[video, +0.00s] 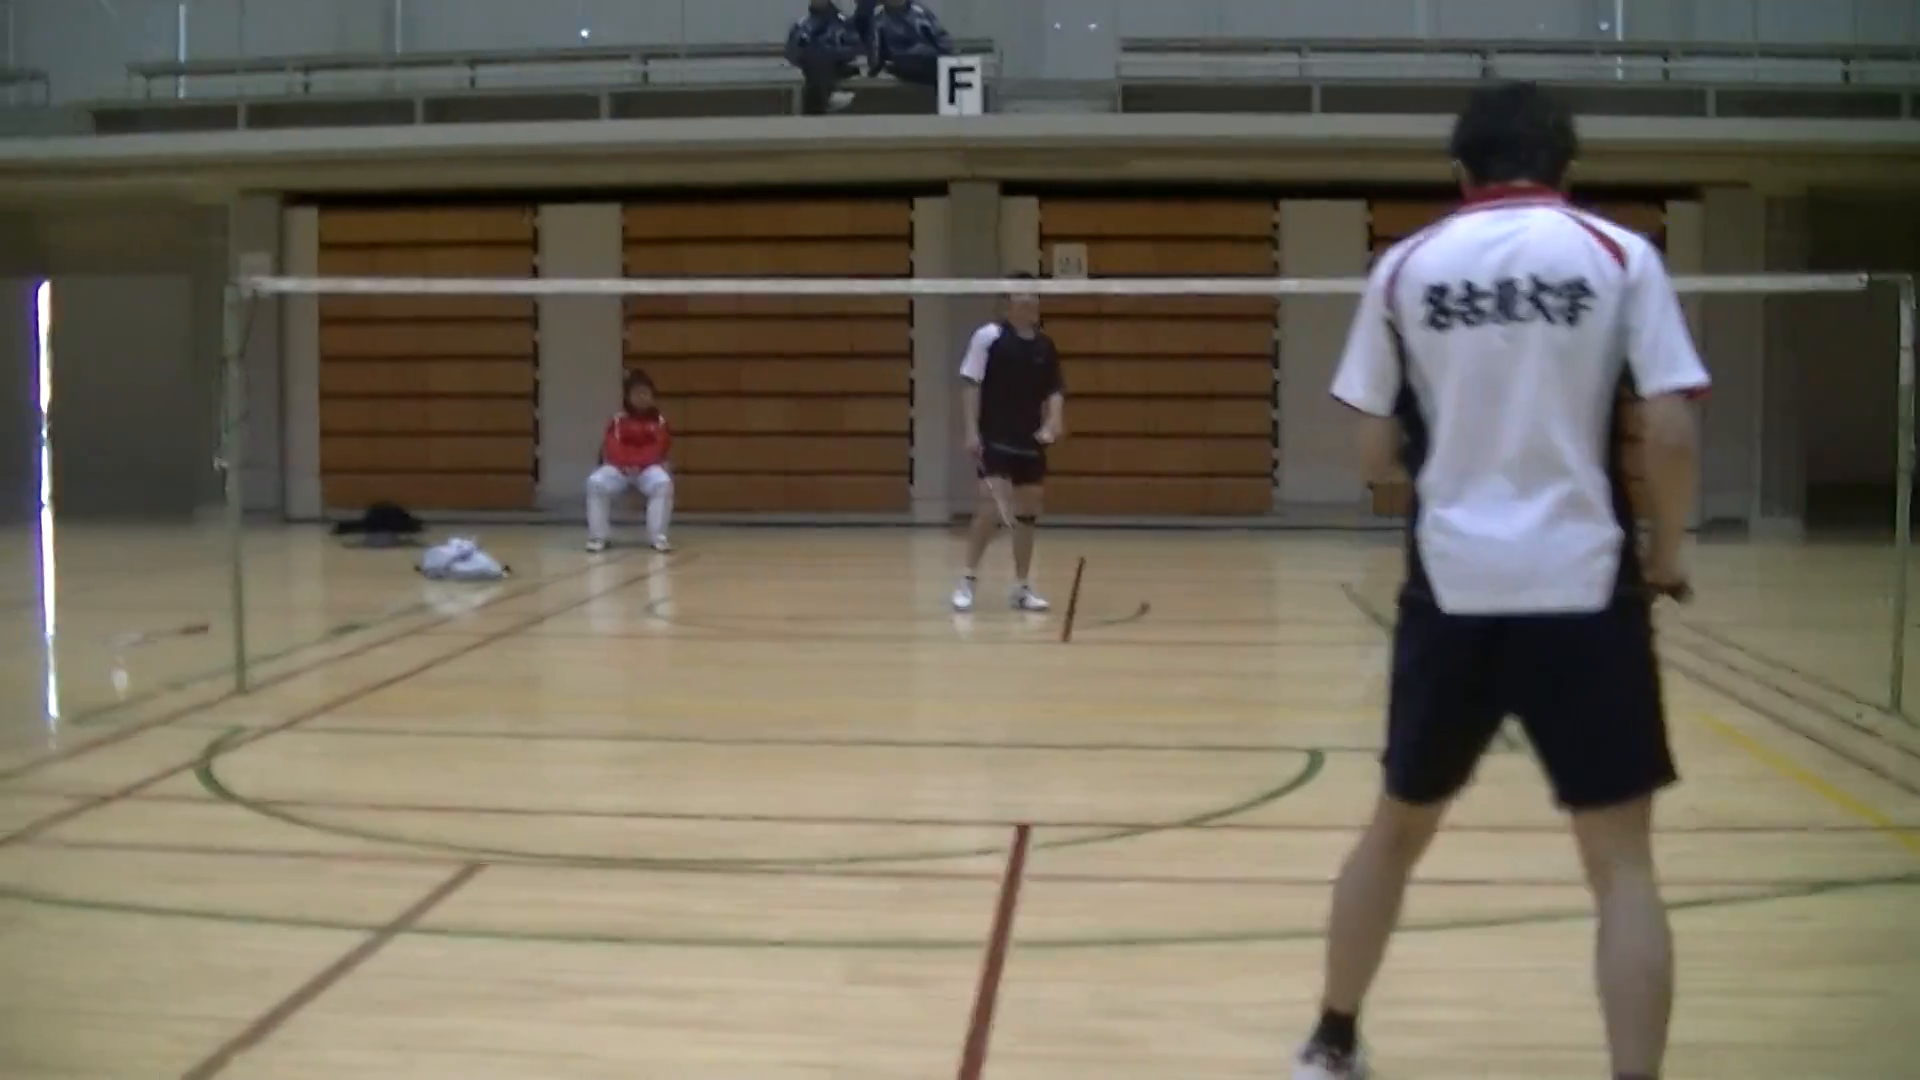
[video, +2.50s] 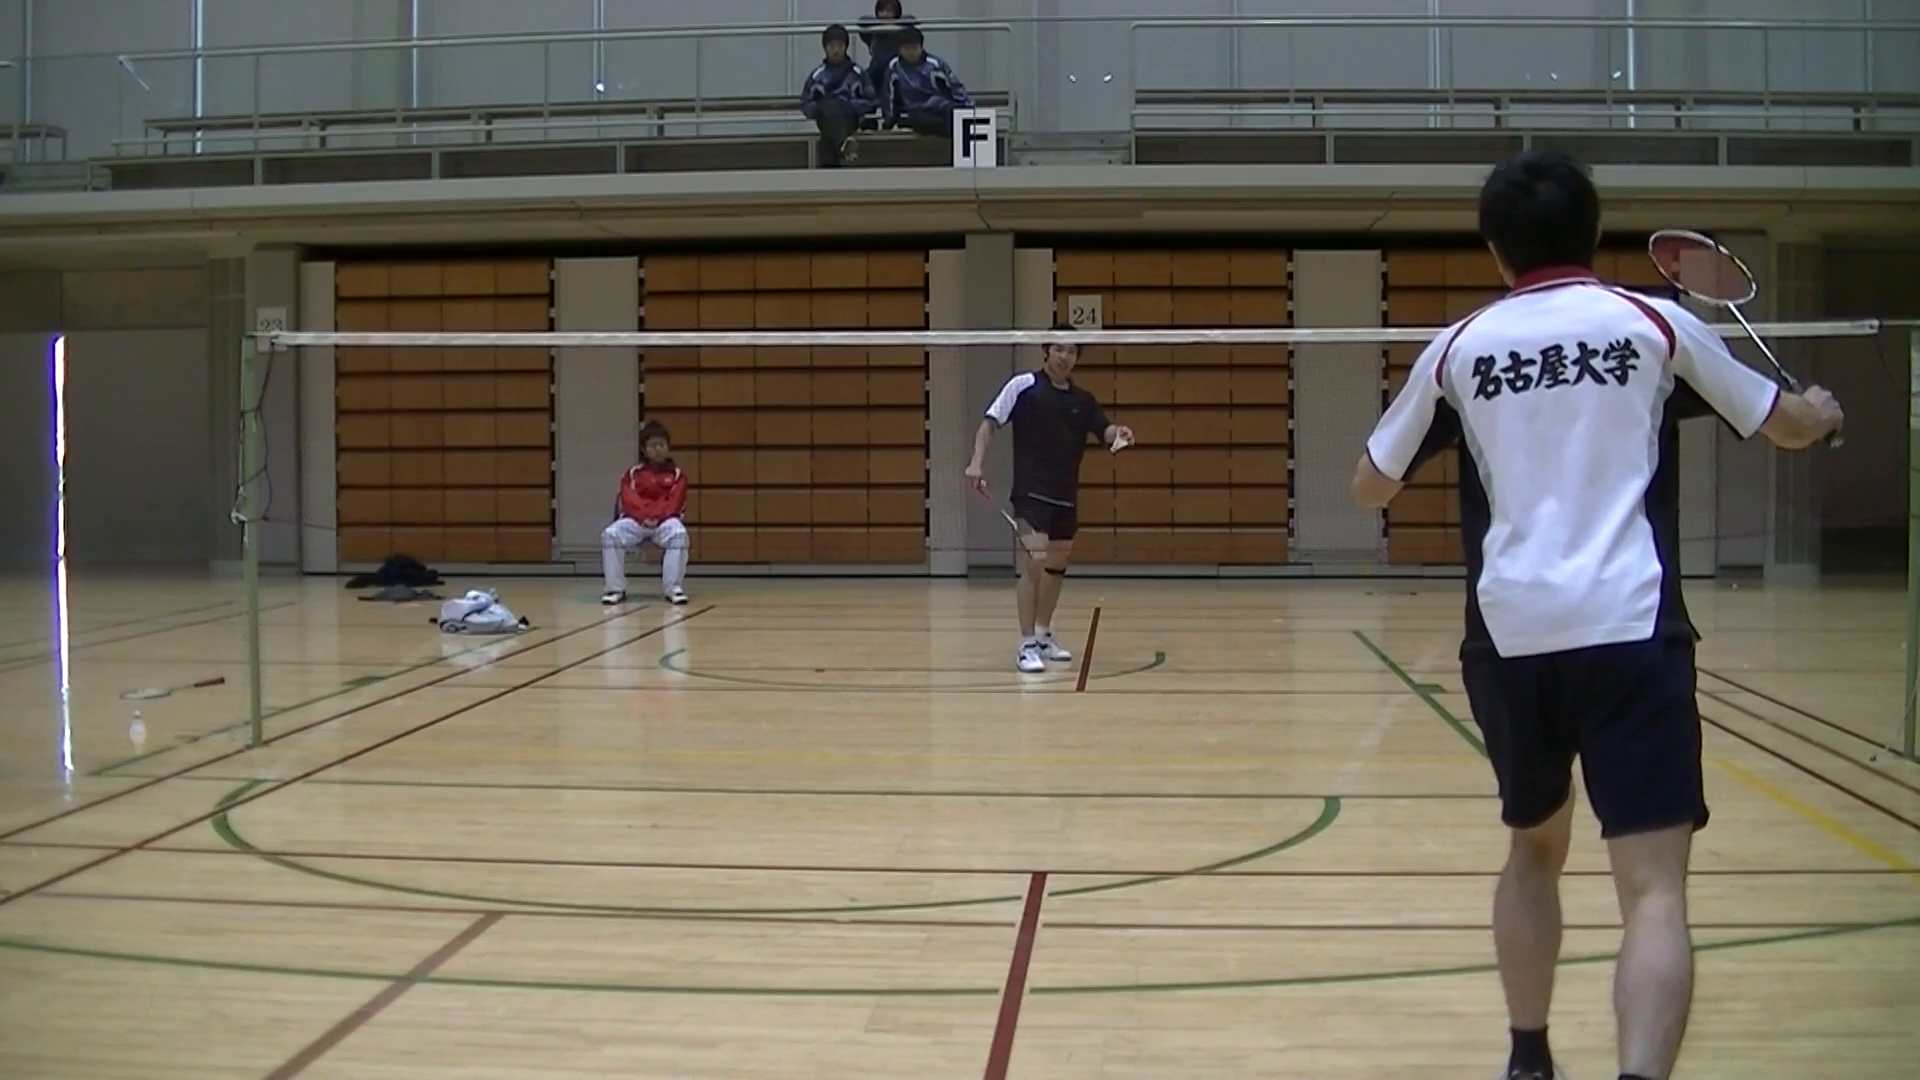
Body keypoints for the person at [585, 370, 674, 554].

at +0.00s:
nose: (641, 398)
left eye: (645, 393)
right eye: (636, 393)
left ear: (652, 396)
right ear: (628, 397)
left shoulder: (658, 421)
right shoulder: (619, 421)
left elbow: (660, 449)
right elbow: (612, 448)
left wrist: (639, 463)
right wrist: (624, 463)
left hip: (647, 466)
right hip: (620, 465)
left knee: (662, 484)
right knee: (596, 482)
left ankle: (658, 536)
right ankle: (598, 537)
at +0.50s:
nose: (665, 443)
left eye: (669, 438)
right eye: (660, 439)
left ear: (675, 440)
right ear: (650, 442)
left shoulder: (683, 467)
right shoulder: (641, 466)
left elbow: (681, 495)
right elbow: (635, 492)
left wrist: (663, 509)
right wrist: (646, 508)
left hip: (671, 513)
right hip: (643, 512)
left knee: (686, 529)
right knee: (618, 528)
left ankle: (680, 581)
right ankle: (622, 582)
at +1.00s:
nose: (663, 450)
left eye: (667, 445)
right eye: (658, 446)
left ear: (672, 448)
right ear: (649, 449)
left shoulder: (682, 474)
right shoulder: (638, 473)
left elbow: (680, 502)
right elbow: (633, 499)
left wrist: (662, 517)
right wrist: (644, 516)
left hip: (669, 520)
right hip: (641, 519)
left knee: (684, 536)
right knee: (616, 536)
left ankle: (678, 588)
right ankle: (621, 590)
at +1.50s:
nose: (661, 450)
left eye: (665, 445)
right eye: (656, 446)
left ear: (670, 448)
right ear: (646, 449)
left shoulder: (679, 474)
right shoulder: (635, 473)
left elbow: (677, 503)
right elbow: (631, 500)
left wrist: (659, 517)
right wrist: (645, 516)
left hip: (667, 520)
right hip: (638, 520)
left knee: (682, 536)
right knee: (613, 536)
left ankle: (676, 588)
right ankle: (618, 590)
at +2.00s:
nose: (659, 449)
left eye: (663, 444)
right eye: (654, 445)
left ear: (668, 447)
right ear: (645, 449)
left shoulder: (677, 474)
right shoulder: (634, 472)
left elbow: (676, 503)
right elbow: (629, 499)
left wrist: (657, 517)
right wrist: (644, 515)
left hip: (665, 520)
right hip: (637, 519)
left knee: (680, 535)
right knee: (611, 535)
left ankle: (674, 588)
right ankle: (616, 589)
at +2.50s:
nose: (658, 450)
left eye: (661, 445)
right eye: (652, 446)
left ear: (668, 447)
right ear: (644, 450)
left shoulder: (677, 475)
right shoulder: (633, 473)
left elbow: (674, 504)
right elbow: (628, 500)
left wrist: (656, 517)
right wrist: (644, 516)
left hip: (664, 520)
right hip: (635, 520)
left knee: (679, 535)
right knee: (610, 535)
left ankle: (673, 587)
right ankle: (615, 589)